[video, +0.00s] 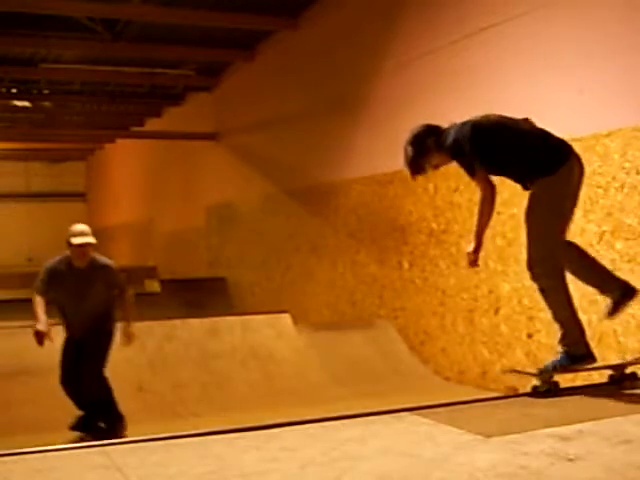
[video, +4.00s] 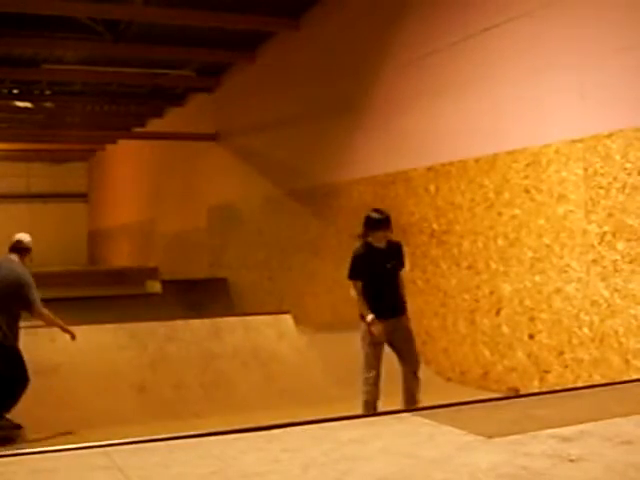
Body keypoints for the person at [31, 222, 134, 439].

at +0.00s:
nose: (83, 250)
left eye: (87, 245)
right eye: (78, 246)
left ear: (93, 246)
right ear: (69, 247)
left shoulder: (106, 270)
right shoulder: (55, 270)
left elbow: (124, 295)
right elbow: (39, 294)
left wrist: (127, 324)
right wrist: (41, 321)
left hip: (100, 332)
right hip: (75, 334)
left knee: (91, 375)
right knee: (69, 378)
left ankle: (113, 420)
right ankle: (91, 413)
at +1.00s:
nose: (130, 124)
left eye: (128, 114)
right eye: (126, 119)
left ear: (140, 96)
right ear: (148, 104)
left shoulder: (185, 96)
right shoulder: (181, 126)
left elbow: (179, 85)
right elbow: (202, 191)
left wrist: (114, 102)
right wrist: (157, 225)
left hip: (226, 193)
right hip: (254, 193)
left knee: (191, 287)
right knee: (225, 293)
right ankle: (283, 383)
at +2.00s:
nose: (135, 56)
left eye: (133, 44)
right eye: (133, 49)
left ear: (142, 24)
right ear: (168, 16)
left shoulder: (159, 18)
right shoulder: (213, 38)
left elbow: (173, 53)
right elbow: (221, 121)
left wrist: (143, 111)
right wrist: (175, 157)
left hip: (206, 167)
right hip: (247, 164)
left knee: (174, 279)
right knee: (240, 272)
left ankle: (184, 396)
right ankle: (279, 383)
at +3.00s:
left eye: (94, 149)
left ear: (100, 145)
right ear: (134, 137)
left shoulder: (98, 157)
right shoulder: (160, 149)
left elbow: (67, 183)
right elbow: (209, 191)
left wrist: (52, 242)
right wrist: (189, 224)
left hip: (134, 244)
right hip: (179, 236)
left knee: (155, 340)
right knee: (213, 315)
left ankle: (167, 431)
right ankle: (209, 377)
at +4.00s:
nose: (30, 259)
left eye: (30, 255)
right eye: (30, 255)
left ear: (11, 249)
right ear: (26, 254)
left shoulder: (3, 266)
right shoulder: (19, 274)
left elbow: (36, 309)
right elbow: (38, 310)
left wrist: (62, 327)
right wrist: (64, 328)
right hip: (4, 341)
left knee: (7, 377)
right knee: (20, 378)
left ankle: (1, 416)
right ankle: (1, 416)